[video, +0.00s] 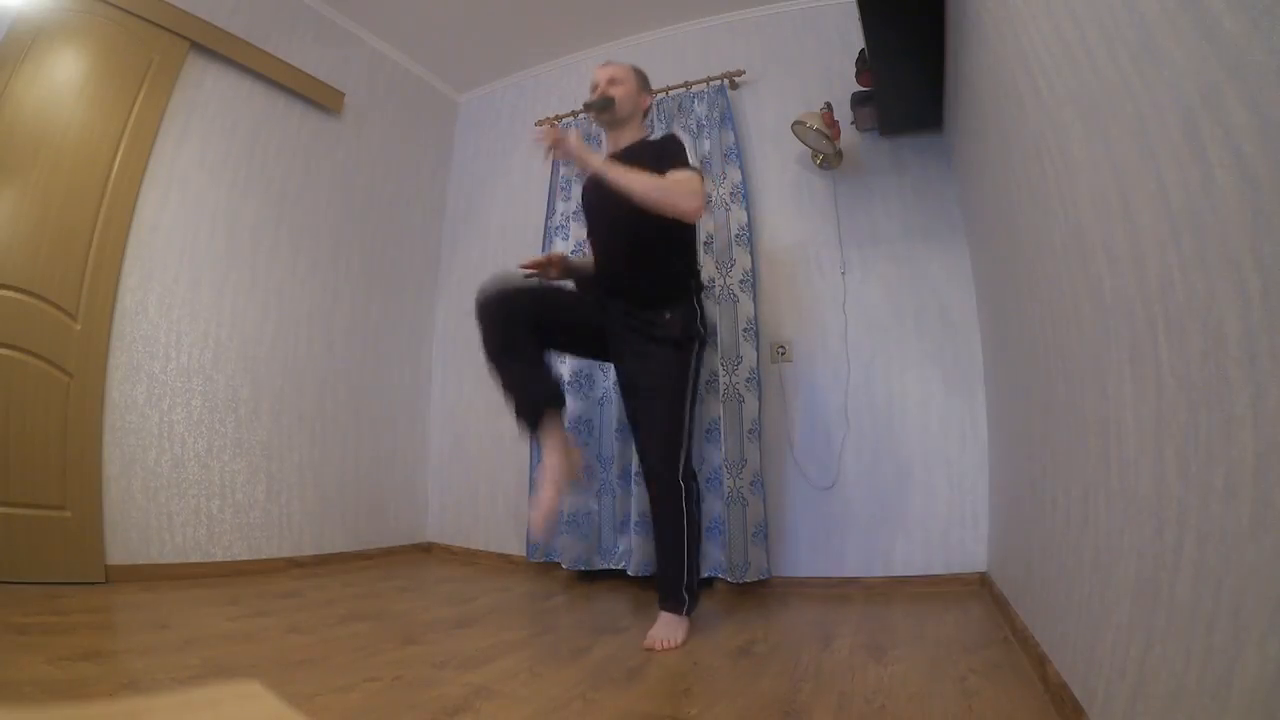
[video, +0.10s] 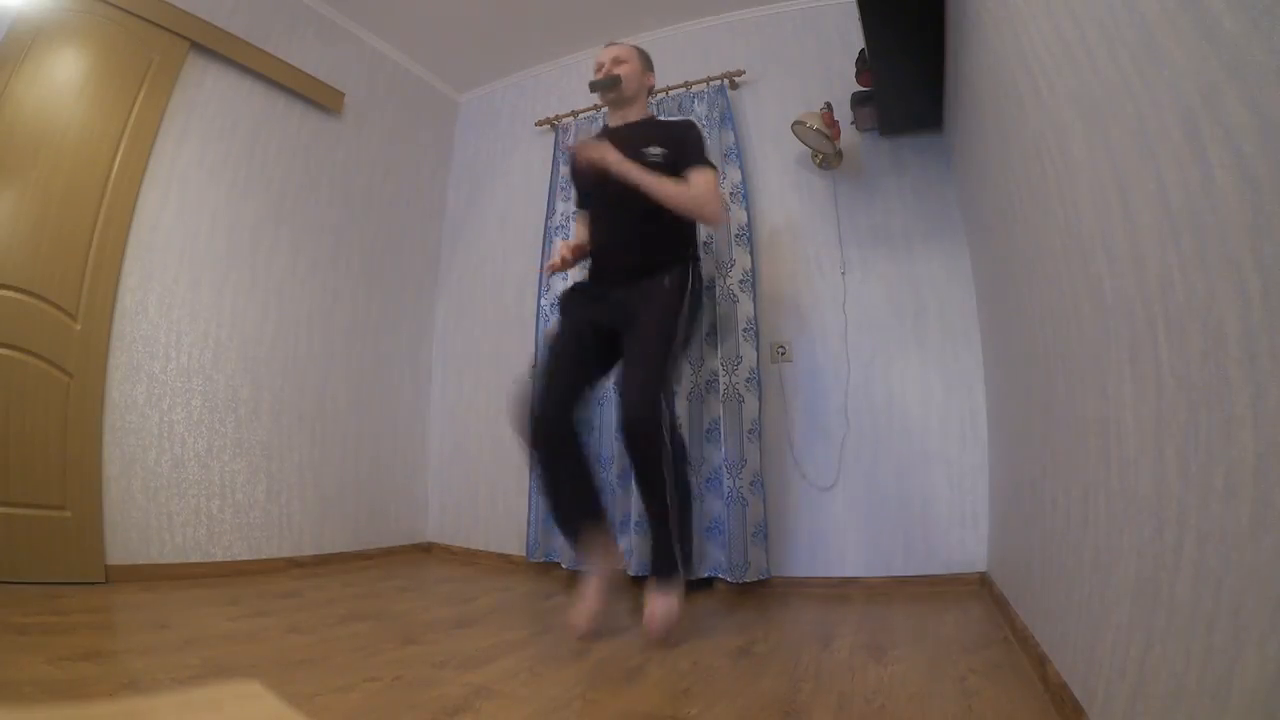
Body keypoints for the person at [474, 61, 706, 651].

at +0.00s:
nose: (601, 90)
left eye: (616, 81)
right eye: (594, 86)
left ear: (647, 101)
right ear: (588, 110)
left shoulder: (665, 149)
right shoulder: (596, 180)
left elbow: (690, 203)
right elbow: (611, 270)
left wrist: (590, 161)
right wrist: (566, 266)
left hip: (663, 325)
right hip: (607, 315)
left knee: (663, 465)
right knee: (501, 304)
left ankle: (674, 604)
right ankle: (556, 444)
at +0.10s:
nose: (609, 65)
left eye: (623, 59)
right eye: (601, 62)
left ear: (650, 82)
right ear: (594, 87)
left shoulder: (677, 135)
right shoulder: (586, 150)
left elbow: (710, 207)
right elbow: (588, 223)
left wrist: (621, 165)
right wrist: (574, 248)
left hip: (663, 290)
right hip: (600, 293)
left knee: (641, 410)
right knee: (547, 412)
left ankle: (667, 572)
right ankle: (596, 551)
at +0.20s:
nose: (610, 83)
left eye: (623, 74)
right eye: (602, 79)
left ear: (651, 93)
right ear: (594, 100)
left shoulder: (685, 162)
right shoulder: (580, 172)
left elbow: (721, 246)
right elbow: (547, 258)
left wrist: (666, 242)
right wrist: (539, 233)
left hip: (671, 297)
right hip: (602, 307)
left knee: (621, 284)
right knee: (617, 444)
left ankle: (653, 449)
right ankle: (637, 591)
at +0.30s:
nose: (600, 83)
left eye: (614, 73)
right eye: (593, 79)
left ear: (647, 91)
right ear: (588, 101)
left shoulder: (683, 155)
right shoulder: (581, 170)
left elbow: (734, 218)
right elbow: (538, 245)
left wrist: (698, 242)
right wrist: (534, 189)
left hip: (679, 296)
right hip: (613, 304)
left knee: (624, 281)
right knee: (604, 433)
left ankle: (643, 471)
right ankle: (626, 585)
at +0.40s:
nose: (599, 75)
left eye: (614, 65)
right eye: (593, 70)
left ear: (646, 83)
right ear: (589, 91)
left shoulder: (676, 135)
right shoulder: (593, 167)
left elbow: (744, 204)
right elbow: (589, 252)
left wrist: (666, 214)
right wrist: (560, 240)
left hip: (678, 294)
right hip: (620, 297)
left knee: (659, 417)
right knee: (531, 373)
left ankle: (680, 573)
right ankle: (581, 513)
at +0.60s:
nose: (614, 70)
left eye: (628, 62)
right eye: (607, 66)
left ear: (658, 82)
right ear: (601, 89)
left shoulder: (682, 137)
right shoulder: (597, 157)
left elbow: (709, 205)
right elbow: (632, 228)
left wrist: (621, 155)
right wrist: (598, 261)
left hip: (678, 296)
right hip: (616, 301)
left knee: (667, 428)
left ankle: (691, 583)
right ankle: (608, 529)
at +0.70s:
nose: (617, 78)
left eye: (630, 69)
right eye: (609, 74)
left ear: (660, 88)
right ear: (602, 96)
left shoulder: (696, 155)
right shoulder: (588, 167)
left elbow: (737, 234)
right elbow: (560, 257)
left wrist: (679, 235)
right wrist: (556, 241)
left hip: (684, 286)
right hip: (618, 300)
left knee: (642, 323)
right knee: (636, 447)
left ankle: (685, 481)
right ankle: (655, 597)